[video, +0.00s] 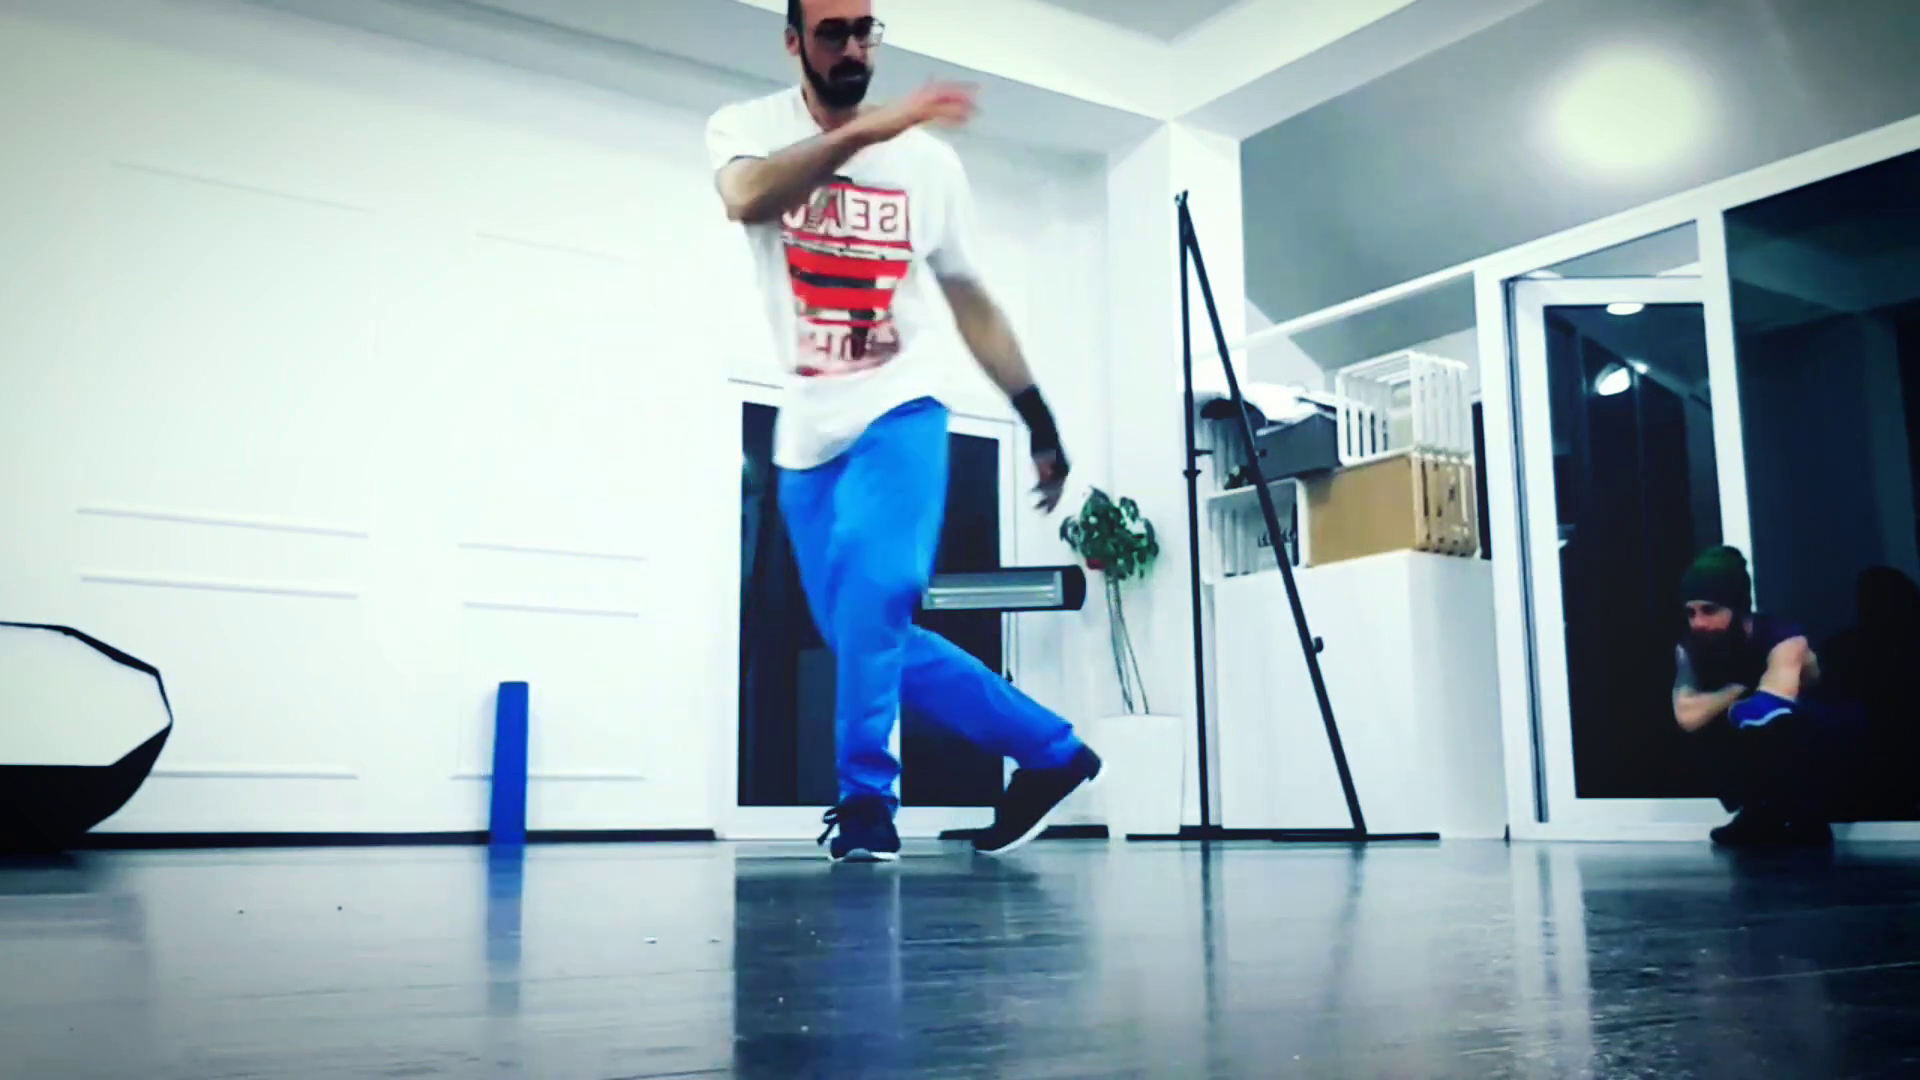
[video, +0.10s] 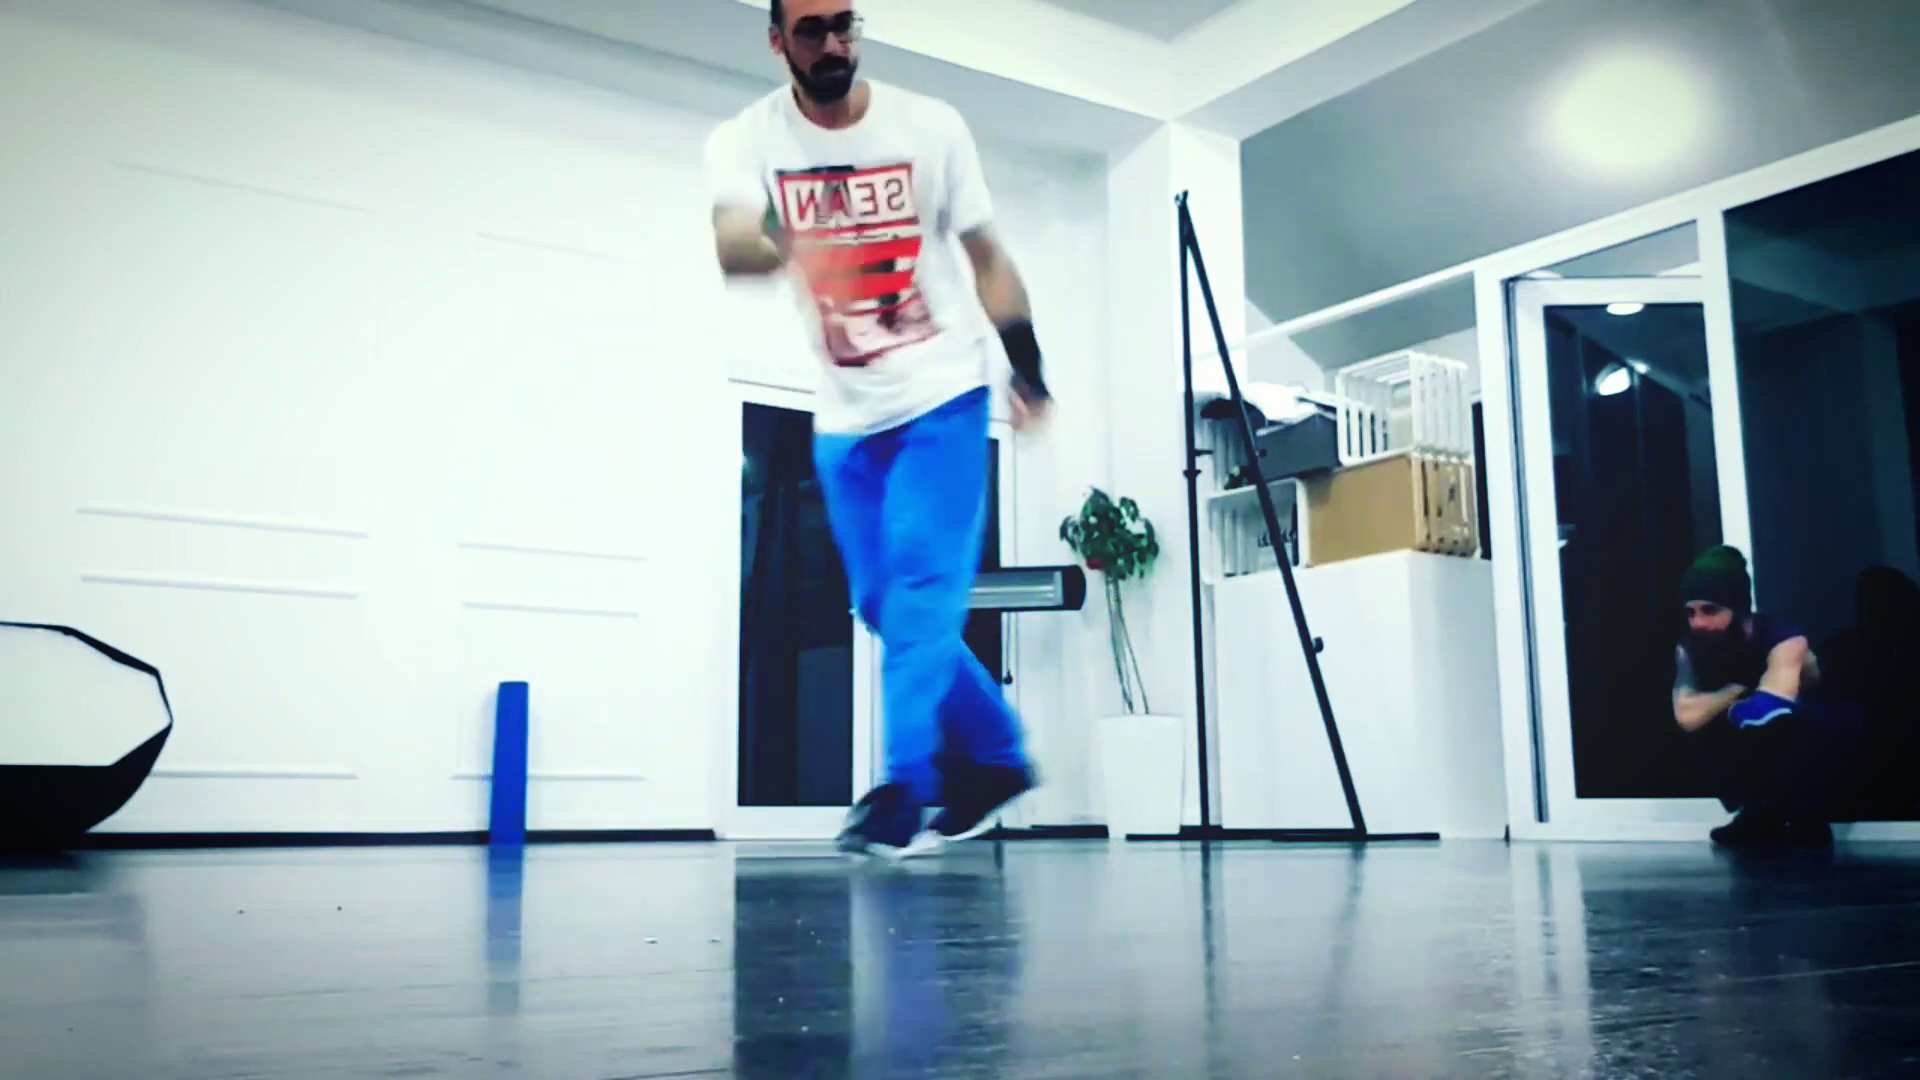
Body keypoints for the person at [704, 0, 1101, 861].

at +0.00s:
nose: (853, 51)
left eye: (864, 32)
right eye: (833, 33)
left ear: (878, 36)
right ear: (794, 40)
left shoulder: (927, 161)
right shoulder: (748, 129)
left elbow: (971, 301)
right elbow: (746, 198)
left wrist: (1037, 415)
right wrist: (869, 128)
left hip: (902, 405)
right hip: (803, 426)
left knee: (874, 590)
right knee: (859, 632)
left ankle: (866, 803)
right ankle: (1050, 751)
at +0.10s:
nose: (834, 46)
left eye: (845, 27)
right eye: (812, 31)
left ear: (862, 27)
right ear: (776, 38)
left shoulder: (931, 128)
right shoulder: (744, 141)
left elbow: (986, 252)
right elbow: (733, 251)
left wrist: (1027, 367)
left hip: (945, 392)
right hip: (845, 409)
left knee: (920, 587)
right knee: (885, 601)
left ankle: (903, 790)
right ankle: (995, 758)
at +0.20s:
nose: (822, 72)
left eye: (833, 52)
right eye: (801, 58)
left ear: (852, 53)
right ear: (772, 70)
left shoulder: (934, 141)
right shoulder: (763, 187)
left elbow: (1011, 270)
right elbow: (757, 335)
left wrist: (955, 327)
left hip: (968, 393)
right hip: (871, 417)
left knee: (954, 568)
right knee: (894, 606)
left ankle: (1015, 770)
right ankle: (941, 791)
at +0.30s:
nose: (826, 99)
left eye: (839, 81)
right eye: (806, 87)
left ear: (863, 85)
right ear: (784, 101)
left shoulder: (939, 172)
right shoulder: (782, 234)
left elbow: (1019, 296)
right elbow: (793, 372)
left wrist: (952, 304)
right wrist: (820, 485)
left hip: (986, 451)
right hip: (885, 465)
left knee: (997, 627)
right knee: (893, 649)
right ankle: (965, 804)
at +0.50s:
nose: (875, 38)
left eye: (890, 20)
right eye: (858, 23)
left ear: (913, 28)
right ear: (835, 35)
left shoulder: (980, 111)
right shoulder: (805, 146)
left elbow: (1075, 230)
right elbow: (789, 264)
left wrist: (1002, 185)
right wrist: (818, 359)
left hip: (993, 368)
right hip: (897, 391)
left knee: (976, 518)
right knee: (930, 588)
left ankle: (1050, 613)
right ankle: (986, 778)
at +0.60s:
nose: (908, 36)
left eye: (923, 21)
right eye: (892, 21)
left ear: (944, 30)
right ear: (868, 31)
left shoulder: (999, 126)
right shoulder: (826, 138)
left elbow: (1050, 232)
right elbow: (773, 261)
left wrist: (1055, 276)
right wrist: (796, 301)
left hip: (991, 359)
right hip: (899, 383)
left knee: (952, 520)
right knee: (950, 566)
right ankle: (1044, 757)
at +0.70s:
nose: (936, 78)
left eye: (952, 65)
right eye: (922, 62)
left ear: (971, 75)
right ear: (896, 70)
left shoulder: (1010, 181)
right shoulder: (848, 174)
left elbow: (1041, 321)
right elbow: (774, 301)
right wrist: (812, 233)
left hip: (998, 405)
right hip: (903, 418)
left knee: (951, 573)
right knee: (987, 604)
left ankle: (905, 782)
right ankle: (1076, 791)